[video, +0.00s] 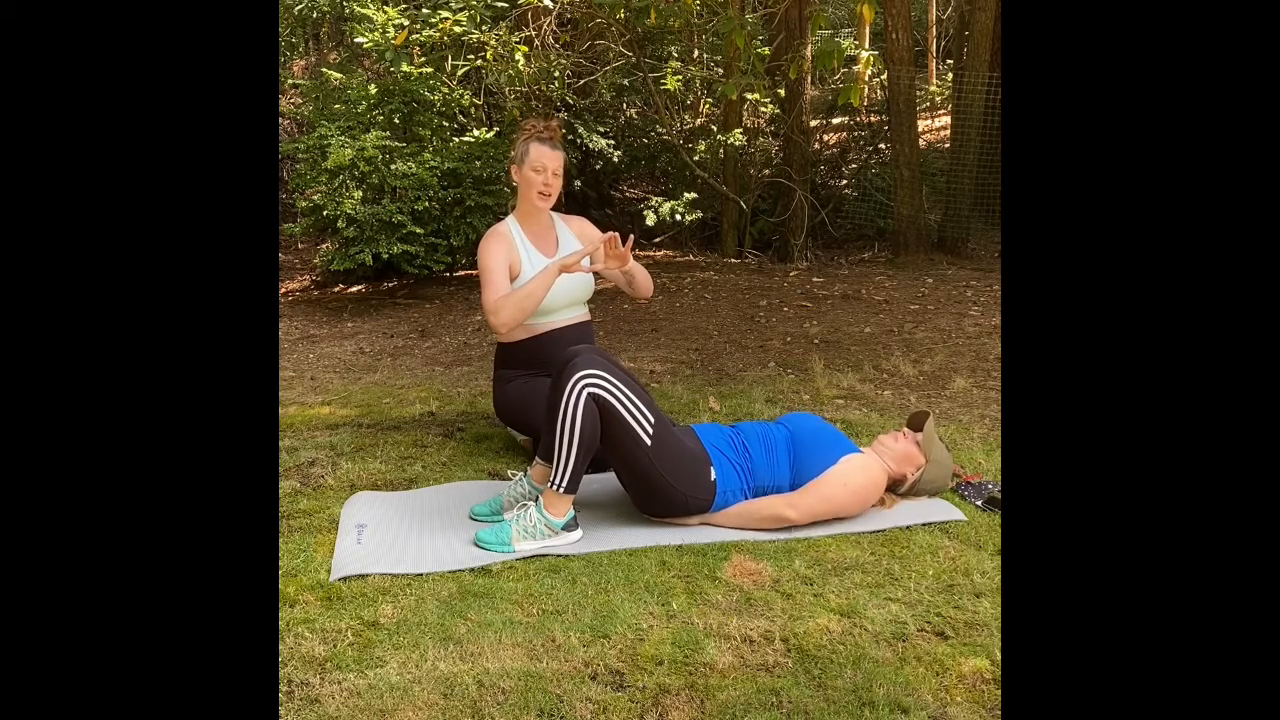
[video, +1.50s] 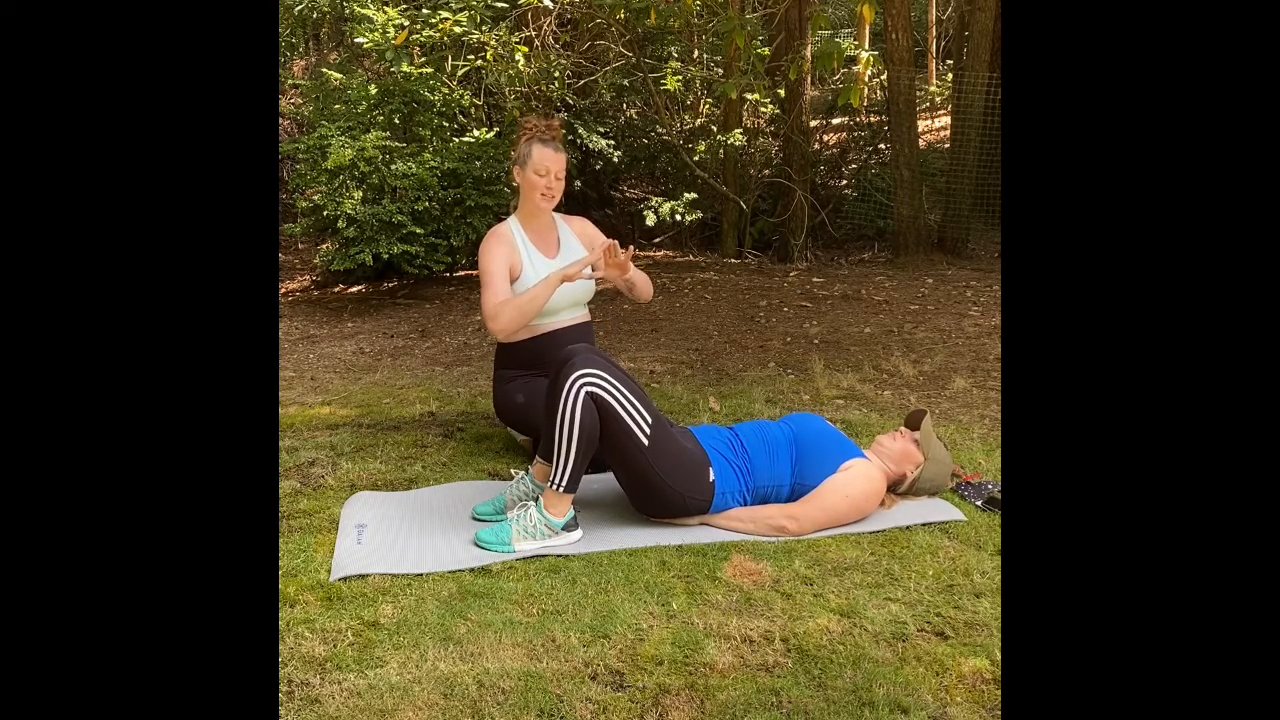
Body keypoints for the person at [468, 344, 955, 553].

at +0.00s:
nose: (900, 434)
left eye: (910, 441)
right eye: (908, 431)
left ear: (908, 470)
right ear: (899, 447)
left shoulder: (865, 474)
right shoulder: (852, 457)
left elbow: (792, 510)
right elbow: (777, 493)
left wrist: (709, 516)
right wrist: (709, 496)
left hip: (693, 481)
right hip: (680, 453)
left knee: (590, 376)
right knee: (590, 365)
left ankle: (554, 512)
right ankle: (539, 485)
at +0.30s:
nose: (898, 434)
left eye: (909, 441)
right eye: (906, 431)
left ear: (908, 471)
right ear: (896, 445)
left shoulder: (863, 479)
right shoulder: (847, 456)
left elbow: (790, 514)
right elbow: (774, 491)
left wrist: (708, 515)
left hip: (695, 481)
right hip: (680, 454)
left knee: (591, 377)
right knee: (591, 366)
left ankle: (554, 511)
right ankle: (539, 486)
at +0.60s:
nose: (897, 433)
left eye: (908, 440)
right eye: (906, 430)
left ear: (908, 470)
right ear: (898, 445)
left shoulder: (864, 479)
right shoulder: (847, 456)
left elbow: (795, 520)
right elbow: (775, 493)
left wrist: (711, 517)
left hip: (693, 482)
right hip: (679, 452)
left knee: (589, 376)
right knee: (588, 364)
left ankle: (554, 511)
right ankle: (540, 484)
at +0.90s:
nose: (897, 433)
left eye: (908, 440)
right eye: (906, 430)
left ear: (908, 471)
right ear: (898, 445)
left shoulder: (864, 480)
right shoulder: (847, 455)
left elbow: (795, 520)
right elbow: (777, 497)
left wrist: (711, 517)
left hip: (694, 482)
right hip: (679, 455)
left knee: (588, 376)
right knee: (588, 364)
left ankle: (554, 510)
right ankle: (540, 480)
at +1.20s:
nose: (898, 433)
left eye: (909, 440)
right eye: (907, 430)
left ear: (908, 470)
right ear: (898, 445)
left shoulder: (864, 479)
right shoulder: (847, 456)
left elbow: (795, 520)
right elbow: (776, 497)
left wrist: (710, 516)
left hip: (694, 482)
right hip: (680, 455)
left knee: (588, 376)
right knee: (588, 365)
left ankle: (554, 511)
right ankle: (540, 486)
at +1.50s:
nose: (896, 433)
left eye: (907, 439)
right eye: (905, 430)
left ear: (908, 470)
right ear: (898, 446)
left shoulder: (864, 480)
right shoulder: (847, 457)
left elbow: (795, 520)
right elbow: (777, 498)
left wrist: (712, 516)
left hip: (694, 483)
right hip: (679, 455)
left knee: (586, 374)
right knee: (585, 365)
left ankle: (553, 510)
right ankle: (541, 484)